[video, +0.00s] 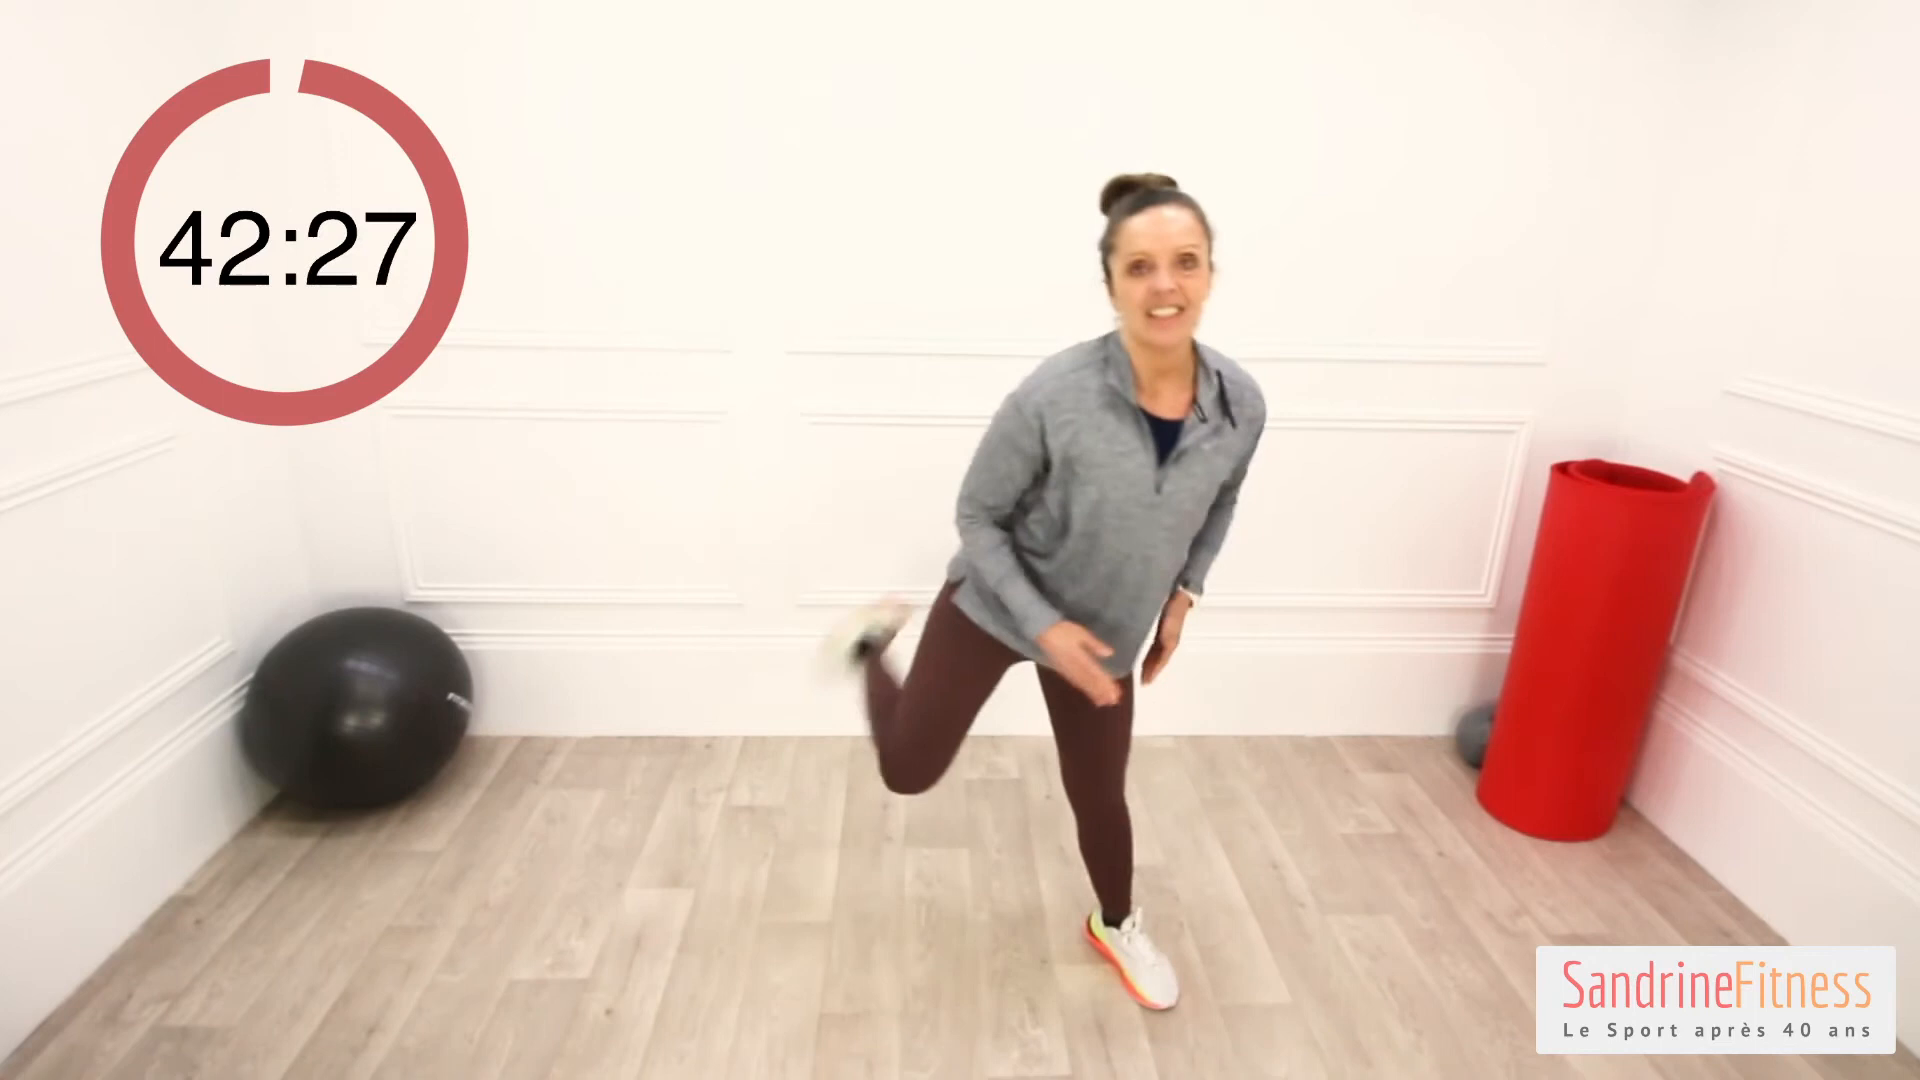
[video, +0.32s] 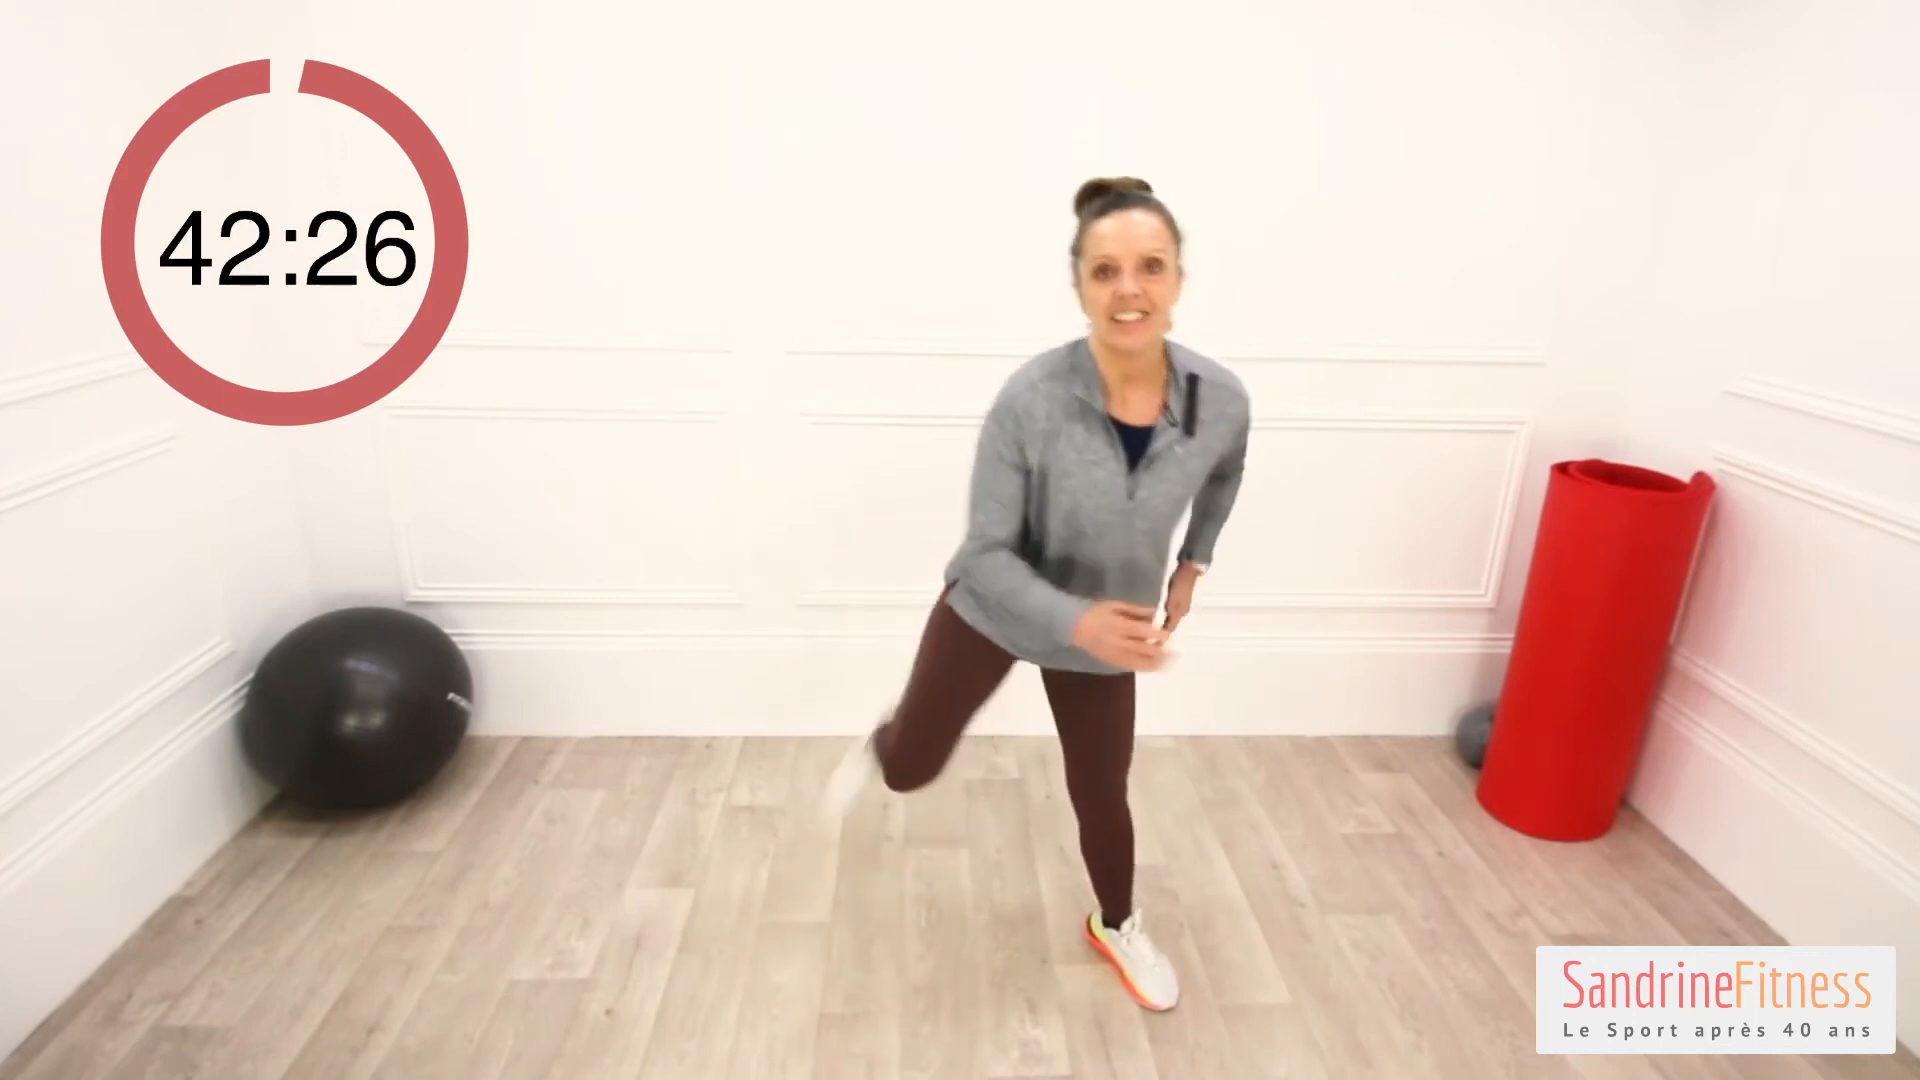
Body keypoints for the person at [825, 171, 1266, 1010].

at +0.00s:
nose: (1167, 288)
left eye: (1186, 263)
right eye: (1141, 269)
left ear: (1211, 275)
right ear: (1111, 287)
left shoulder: (1238, 407)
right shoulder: (1052, 398)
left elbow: (1219, 509)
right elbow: (977, 521)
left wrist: (1183, 594)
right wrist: (1046, 628)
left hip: (1107, 632)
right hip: (999, 604)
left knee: (1101, 795)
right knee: (909, 769)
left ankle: (1115, 924)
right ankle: (875, 644)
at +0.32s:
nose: (1130, 291)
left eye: (1151, 268)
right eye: (1106, 273)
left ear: (1179, 282)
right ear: (1079, 290)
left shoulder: (1220, 405)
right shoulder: (1030, 402)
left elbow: (1221, 482)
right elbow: (983, 558)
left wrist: (1190, 566)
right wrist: (1077, 621)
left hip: (1102, 629)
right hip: (999, 601)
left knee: (1103, 794)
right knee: (911, 766)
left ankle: (1115, 925)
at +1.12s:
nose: (754, 302)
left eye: (774, 278)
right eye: (729, 283)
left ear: (809, 291)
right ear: (709, 302)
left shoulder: (853, 401)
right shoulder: (710, 391)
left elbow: (843, 509)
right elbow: (753, 510)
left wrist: (696, 536)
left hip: (916, 618)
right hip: (812, 631)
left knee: (972, 753)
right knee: (774, 806)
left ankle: (1045, 829)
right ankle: (780, 934)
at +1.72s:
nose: (1077, 312)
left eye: (1093, 287)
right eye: (1051, 294)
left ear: (1115, 295)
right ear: (1021, 312)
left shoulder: (1137, 404)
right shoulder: (995, 425)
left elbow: (1088, 532)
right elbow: (974, 598)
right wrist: (1109, 613)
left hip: (1039, 624)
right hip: (934, 617)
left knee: (1073, 799)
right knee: (850, 776)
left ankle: (1105, 921)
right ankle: (767, 920)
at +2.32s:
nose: (1073, 307)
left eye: (1091, 284)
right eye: (1049, 289)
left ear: (1120, 291)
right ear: (1024, 303)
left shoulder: (1165, 403)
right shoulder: (987, 412)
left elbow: (1185, 457)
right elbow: (854, 531)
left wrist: (1154, 539)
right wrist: (913, 649)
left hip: (1077, 627)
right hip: (967, 612)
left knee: (1092, 797)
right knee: (885, 768)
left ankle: (1105, 918)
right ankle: (807, 886)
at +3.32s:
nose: (882, 317)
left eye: (899, 293)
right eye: (858, 299)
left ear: (924, 301)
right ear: (831, 314)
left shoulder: (980, 424)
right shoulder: (788, 406)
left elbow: (1095, 532)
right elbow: (747, 434)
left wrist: (1037, 641)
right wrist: (767, 535)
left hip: (965, 636)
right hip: (851, 639)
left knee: (1031, 786)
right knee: (821, 810)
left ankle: (1089, 894)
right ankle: (794, 923)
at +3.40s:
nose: (914, 331)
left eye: (930, 307)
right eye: (889, 313)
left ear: (954, 315)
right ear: (861, 330)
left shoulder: (1006, 435)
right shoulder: (812, 423)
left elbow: (1105, 533)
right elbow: (767, 461)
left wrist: (1055, 642)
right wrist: (775, 562)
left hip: (972, 649)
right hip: (859, 651)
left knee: (1034, 794)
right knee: (835, 821)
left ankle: (1095, 899)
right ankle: (794, 924)